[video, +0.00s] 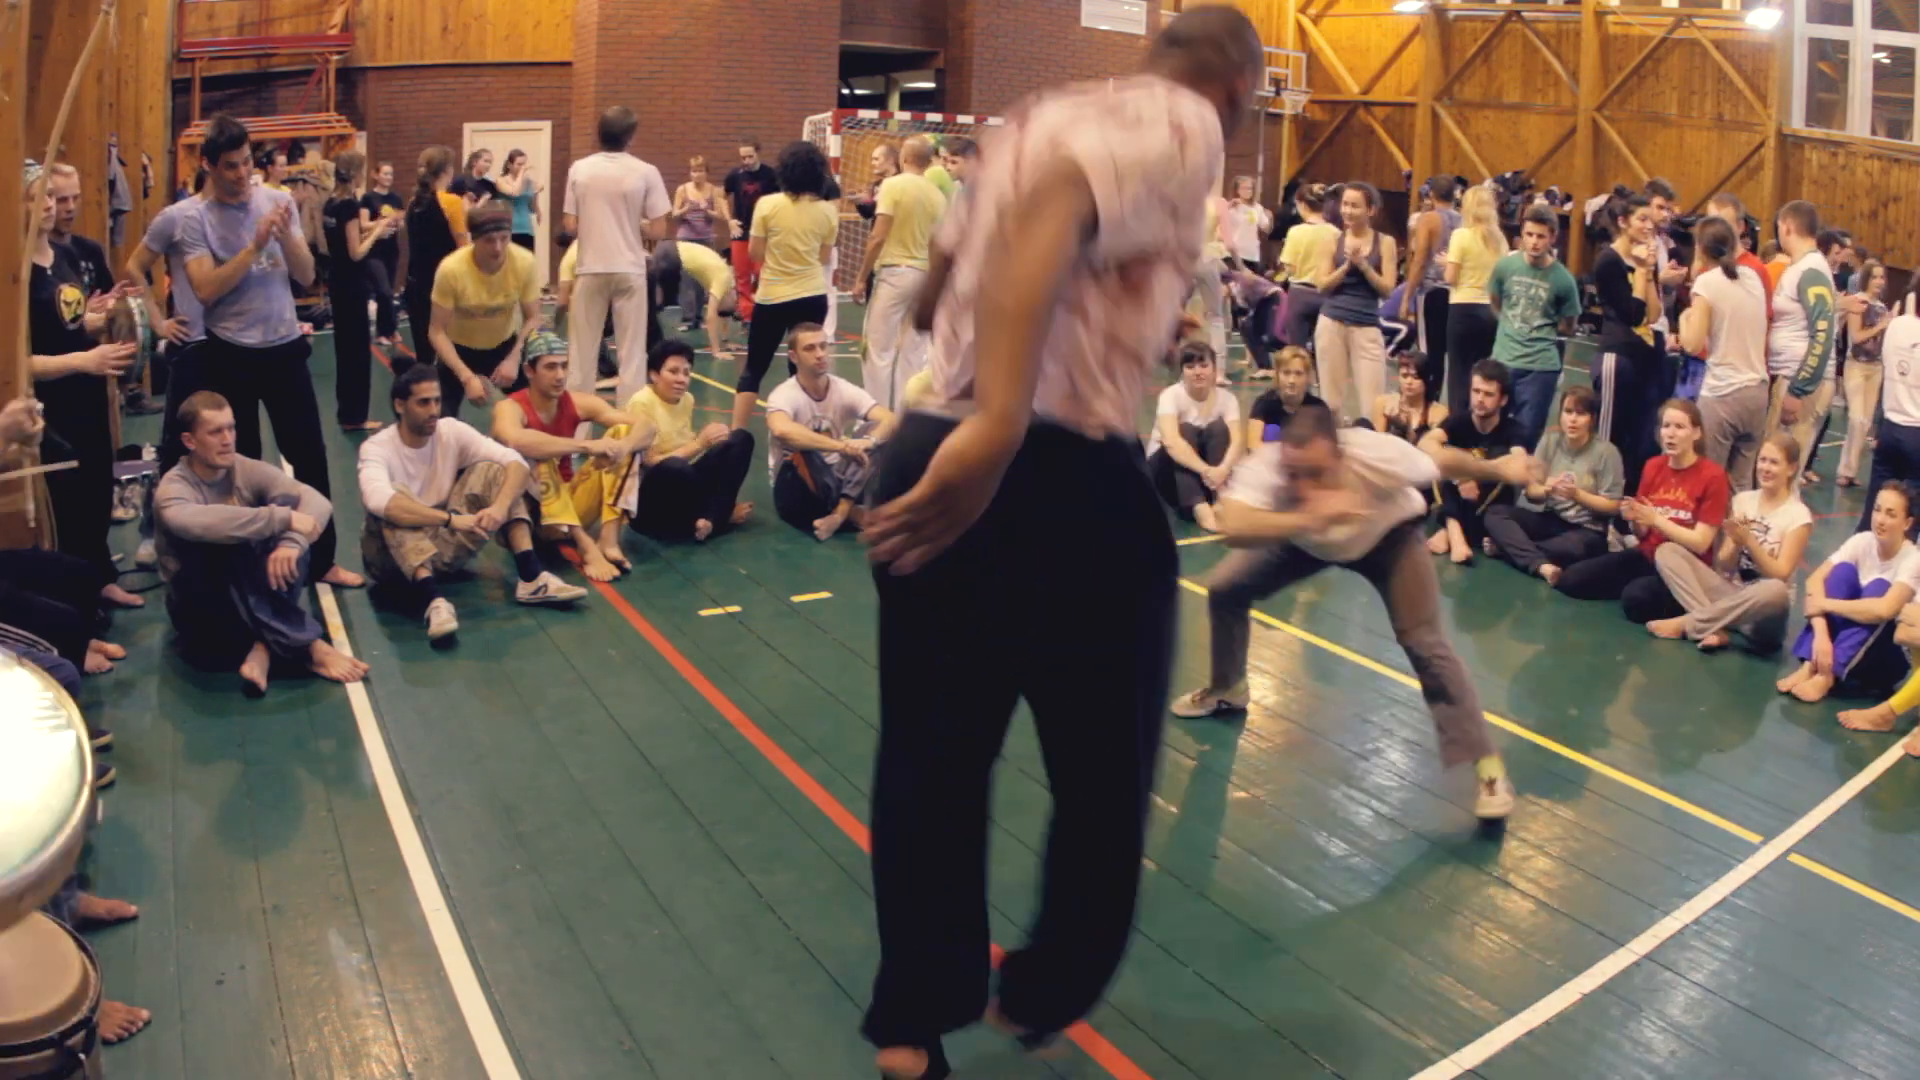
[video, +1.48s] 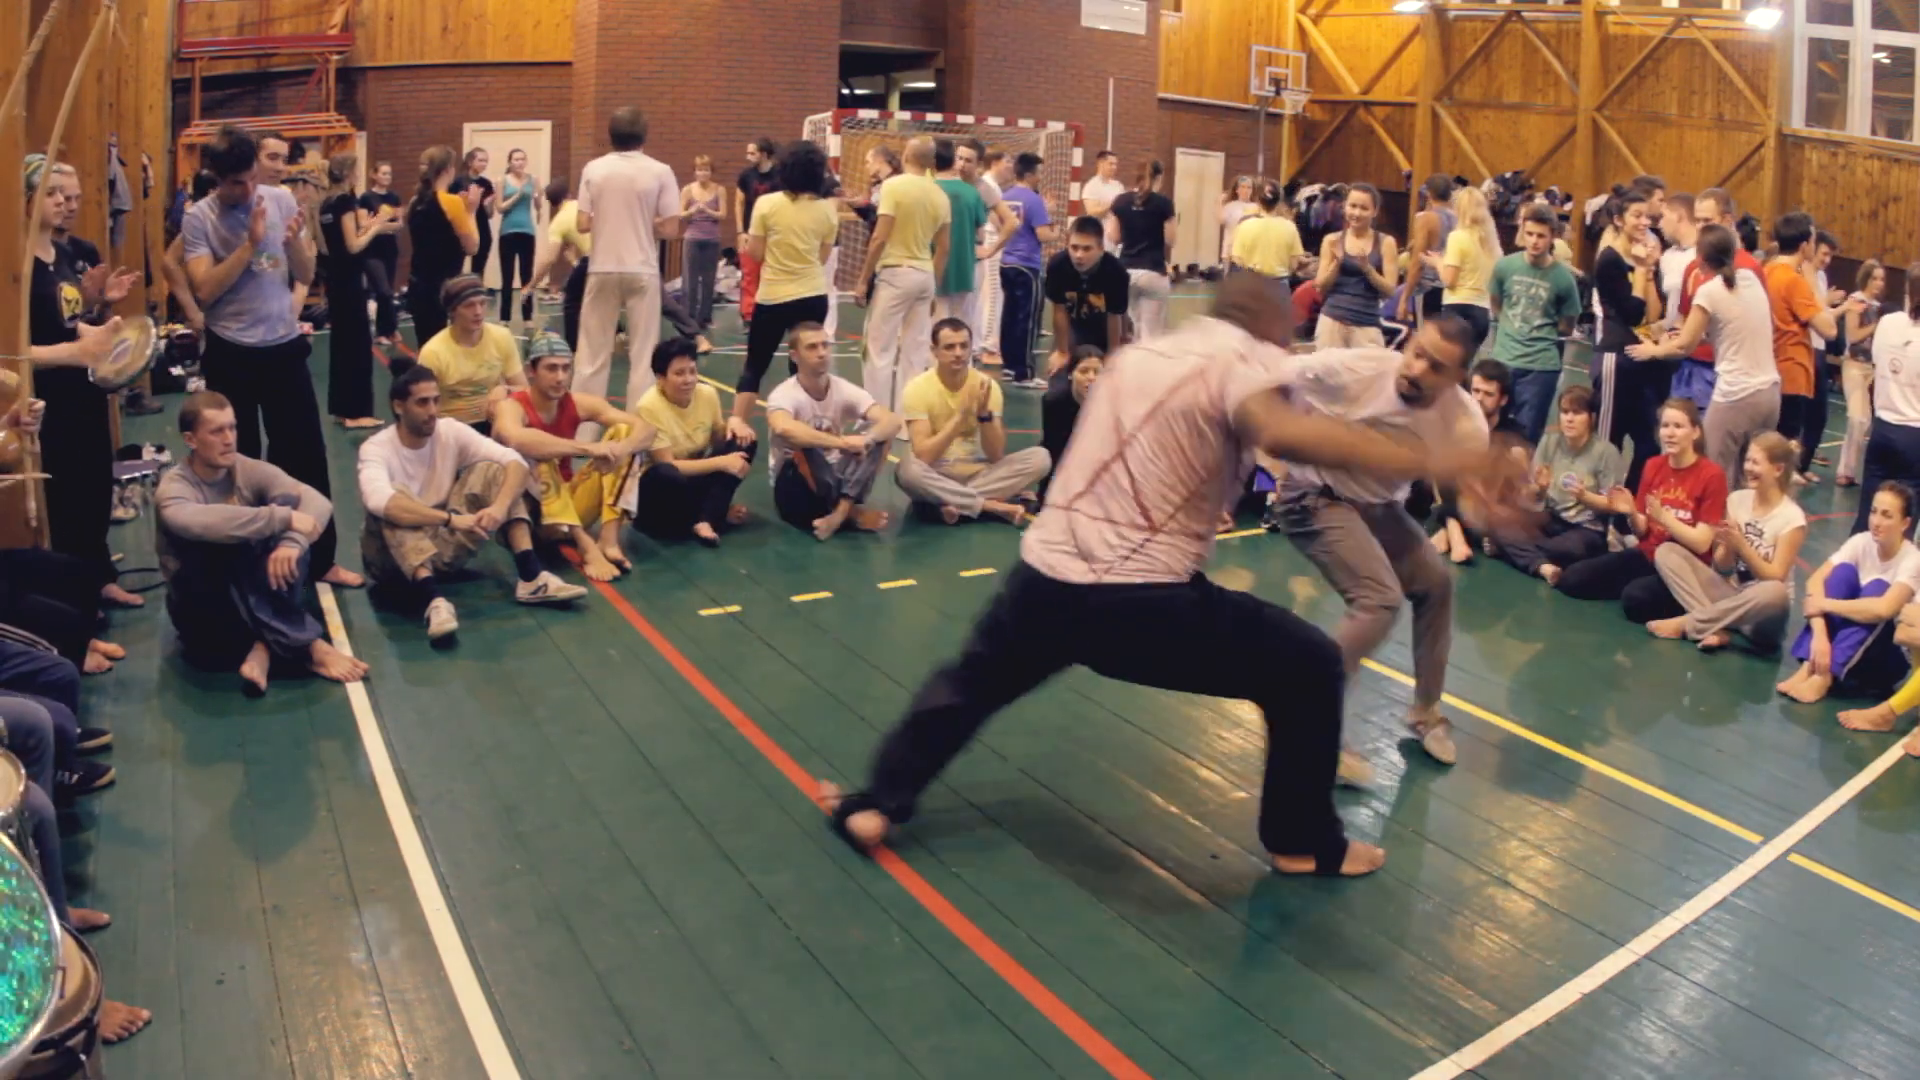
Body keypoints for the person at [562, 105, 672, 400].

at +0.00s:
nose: (632, 136)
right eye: (632, 132)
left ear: (599, 133)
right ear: (631, 135)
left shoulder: (579, 170)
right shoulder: (646, 172)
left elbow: (570, 225)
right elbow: (659, 230)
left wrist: (597, 225)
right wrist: (633, 224)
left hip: (590, 268)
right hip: (630, 269)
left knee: (582, 350)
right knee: (632, 350)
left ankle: (577, 424)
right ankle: (630, 426)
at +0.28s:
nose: (616, 137)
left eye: (615, 132)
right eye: (615, 133)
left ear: (580, 136)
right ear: (609, 136)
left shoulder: (563, 171)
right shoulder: (627, 168)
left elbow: (560, 226)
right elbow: (644, 226)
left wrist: (585, 220)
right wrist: (616, 219)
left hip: (578, 268)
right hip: (616, 267)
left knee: (577, 349)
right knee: (623, 350)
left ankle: (576, 426)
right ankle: (626, 426)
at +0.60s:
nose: (602, 135)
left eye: (600, 129)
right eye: (599, 130)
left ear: (567, 140)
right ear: (590, 135)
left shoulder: (553, 175)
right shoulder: (610, 164)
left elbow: (551, 230)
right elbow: (625, 219)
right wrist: (607, 239)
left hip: (567, 264)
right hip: (604, 260)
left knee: (570, 343)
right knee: (617, 341)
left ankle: (572, 414)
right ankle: (622, 416)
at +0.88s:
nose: (605, 135)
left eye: (604, 130)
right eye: (602, 130)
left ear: (570, 139)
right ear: (593, 135)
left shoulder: (554, 174)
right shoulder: (611, 164)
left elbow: (552, 228)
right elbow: (627, 218)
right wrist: (606, 235)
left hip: (568, 266)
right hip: (604, 262)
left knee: (570, 343)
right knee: (620, 341)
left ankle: (571, 415)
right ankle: (625, 417)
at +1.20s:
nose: (625, 135)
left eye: (623, 130)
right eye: (623, 130)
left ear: (589, 136)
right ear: (617, 134)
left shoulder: (572, 170)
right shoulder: (634, 167)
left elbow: (562, 226)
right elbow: (647, 222)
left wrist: (586, 228)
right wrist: (665, 239)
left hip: (586, 268)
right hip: (625, 267)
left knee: (580, 348)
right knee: (631, 348)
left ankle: (573, 424)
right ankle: (633, 425)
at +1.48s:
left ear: (611, 135)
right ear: (644, 136)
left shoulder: (594, 170)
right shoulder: (661, 172)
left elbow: (582, 224)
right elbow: (670, 229)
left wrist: (609, 217)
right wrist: (643, 221)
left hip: (602, 270)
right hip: (643, 270)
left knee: (592, 354)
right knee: (643, 355)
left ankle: (584, 437)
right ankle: (639, 435)